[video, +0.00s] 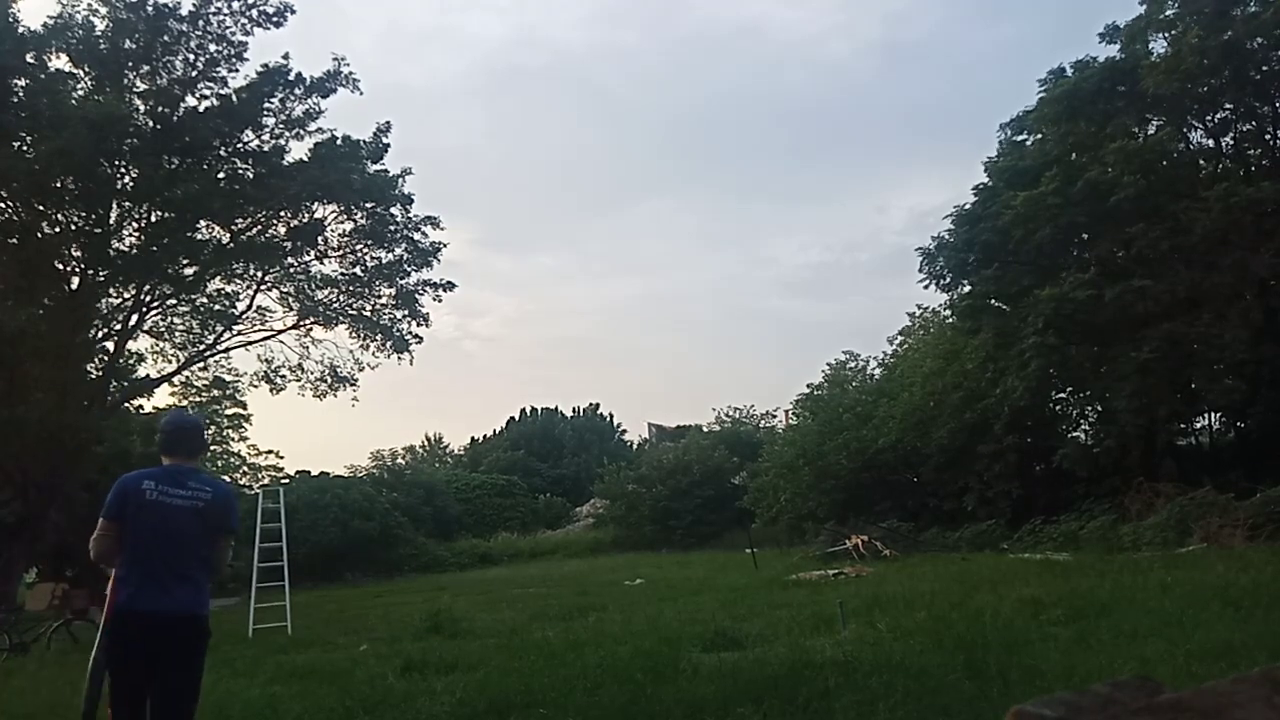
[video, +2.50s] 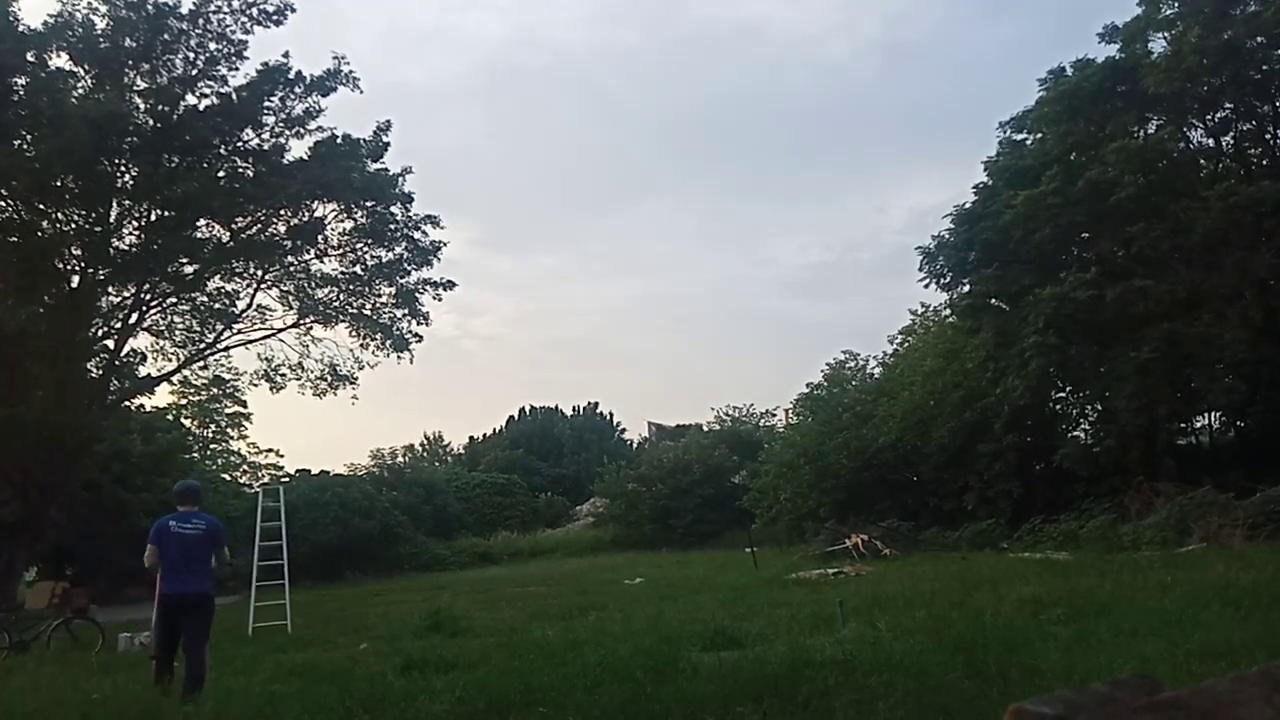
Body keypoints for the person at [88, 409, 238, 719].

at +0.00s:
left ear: (160, 445)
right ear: (203, 448)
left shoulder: (129, 484)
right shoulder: (222, 493)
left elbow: (100, 549)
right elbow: (220, 564)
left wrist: (135, 565)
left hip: (130, 619)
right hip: (187, 623)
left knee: (126, 708)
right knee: (176, 708)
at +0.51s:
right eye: (193, 458)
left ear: (156, 460)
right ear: (192, 460)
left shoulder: (132, 494)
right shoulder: (211, 493)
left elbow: (114, 552)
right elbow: (222, 549)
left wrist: (147, 561)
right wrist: (214, 579)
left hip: (145, 605)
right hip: (195, 605)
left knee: (143, 690)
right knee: (204, 669)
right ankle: (191, 714)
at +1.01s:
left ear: (186, 472)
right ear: (216, 474)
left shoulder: (160, 501)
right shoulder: (228, 506)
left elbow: (140, 550)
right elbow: (237, 553)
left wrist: (167, 546)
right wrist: (212, 545)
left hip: (166, 602)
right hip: (208, 605)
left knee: (161, 664)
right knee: (204, 677)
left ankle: (164, 708)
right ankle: (203, 715)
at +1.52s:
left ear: (173, 485)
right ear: (200, 484)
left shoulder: (157, 515)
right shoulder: (217, 512)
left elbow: (144, 559)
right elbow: (231, 551)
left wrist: (165, 565)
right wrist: (209, 564)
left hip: (166, 600)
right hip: (204, 600)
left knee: (166, 661)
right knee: (206, 657)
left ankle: (167, 711)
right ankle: (198, 700)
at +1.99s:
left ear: (184, 494)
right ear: (209, 496)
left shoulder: (165, 519)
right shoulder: (217, 522)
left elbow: (148, 558)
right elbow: (230, 557)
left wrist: (167, 563)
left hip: (170, 598)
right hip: (202, 599)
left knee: (167, 652)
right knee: (197, 651)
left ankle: (167, 705)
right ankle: (193, 703)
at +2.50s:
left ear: (176, 499)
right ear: (199, 500)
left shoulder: (162, 525)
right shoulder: (213, 525)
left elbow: (149, 561)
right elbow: (224, 561)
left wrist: (169, 556)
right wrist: (206, 565)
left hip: (170, 597)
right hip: (201, 596)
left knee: (165, 649)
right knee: (196, 648)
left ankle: (161, 698)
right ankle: (192, 700)